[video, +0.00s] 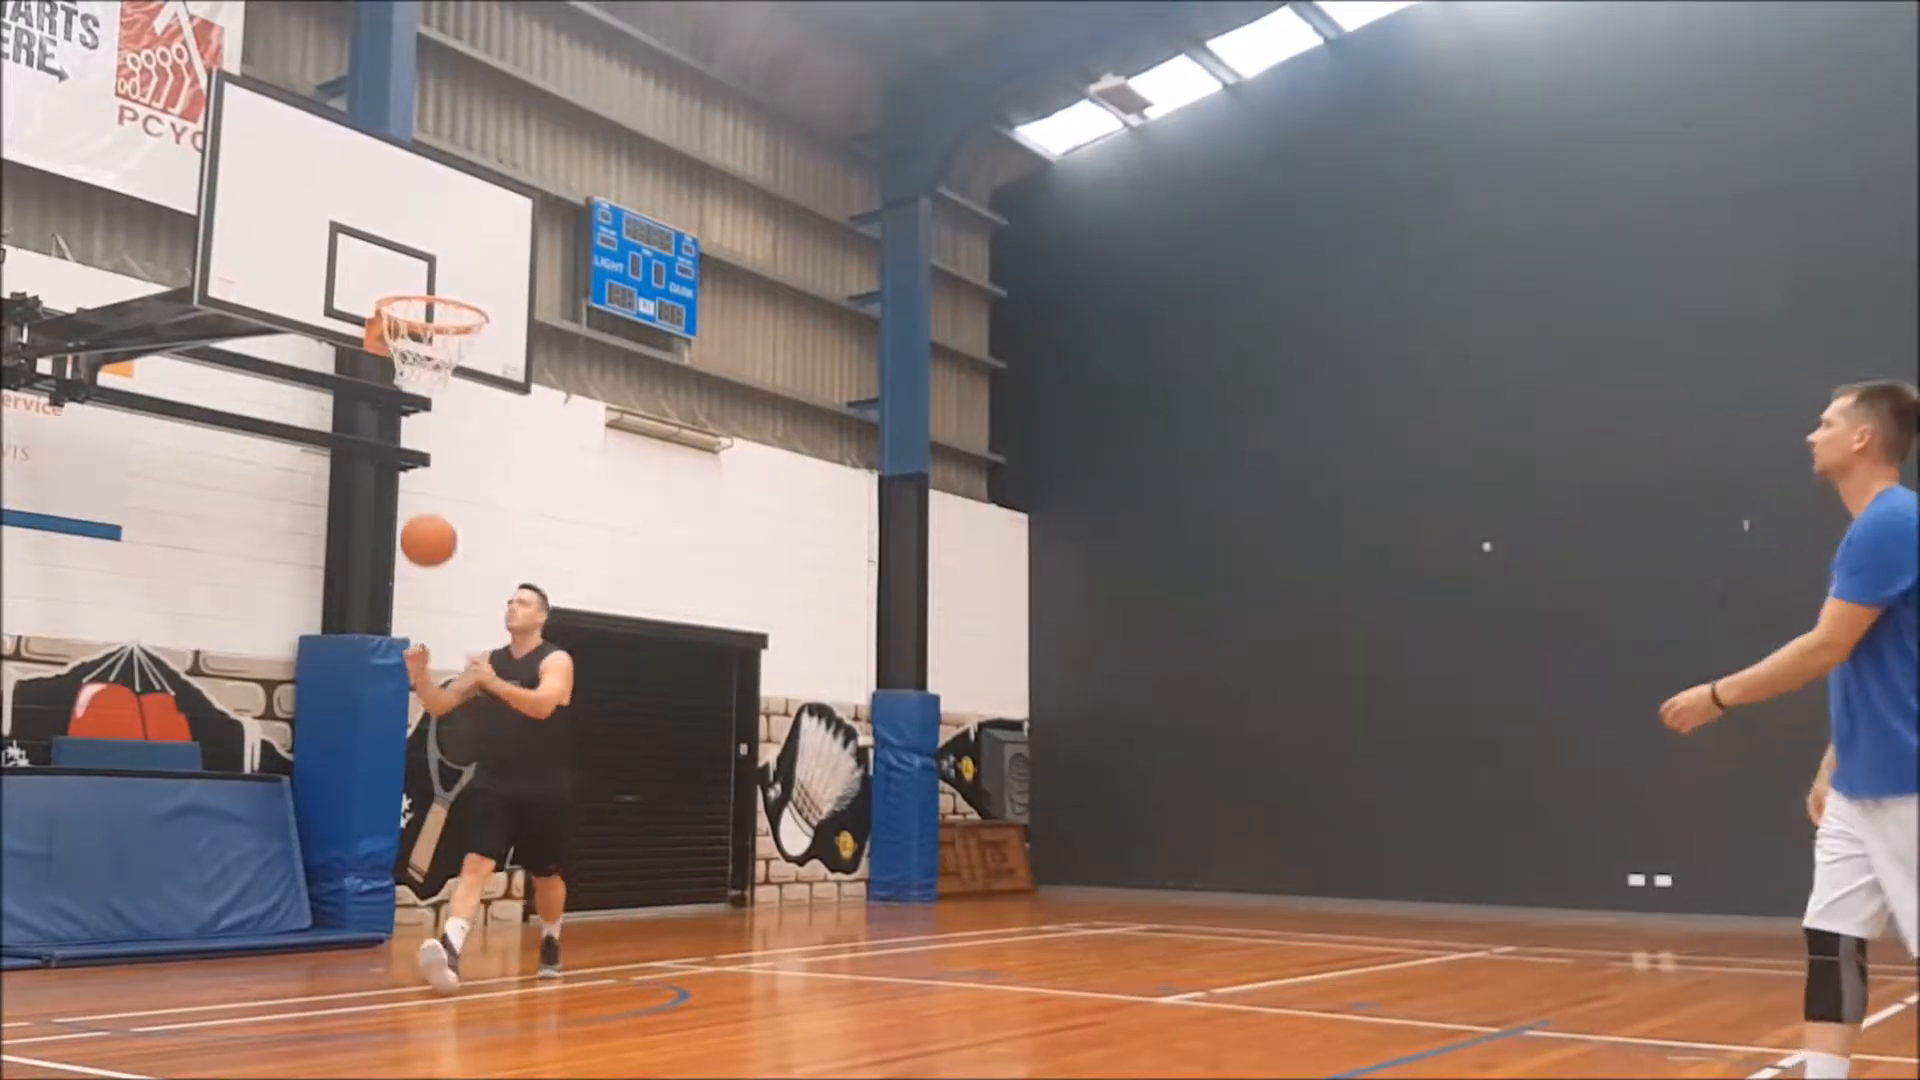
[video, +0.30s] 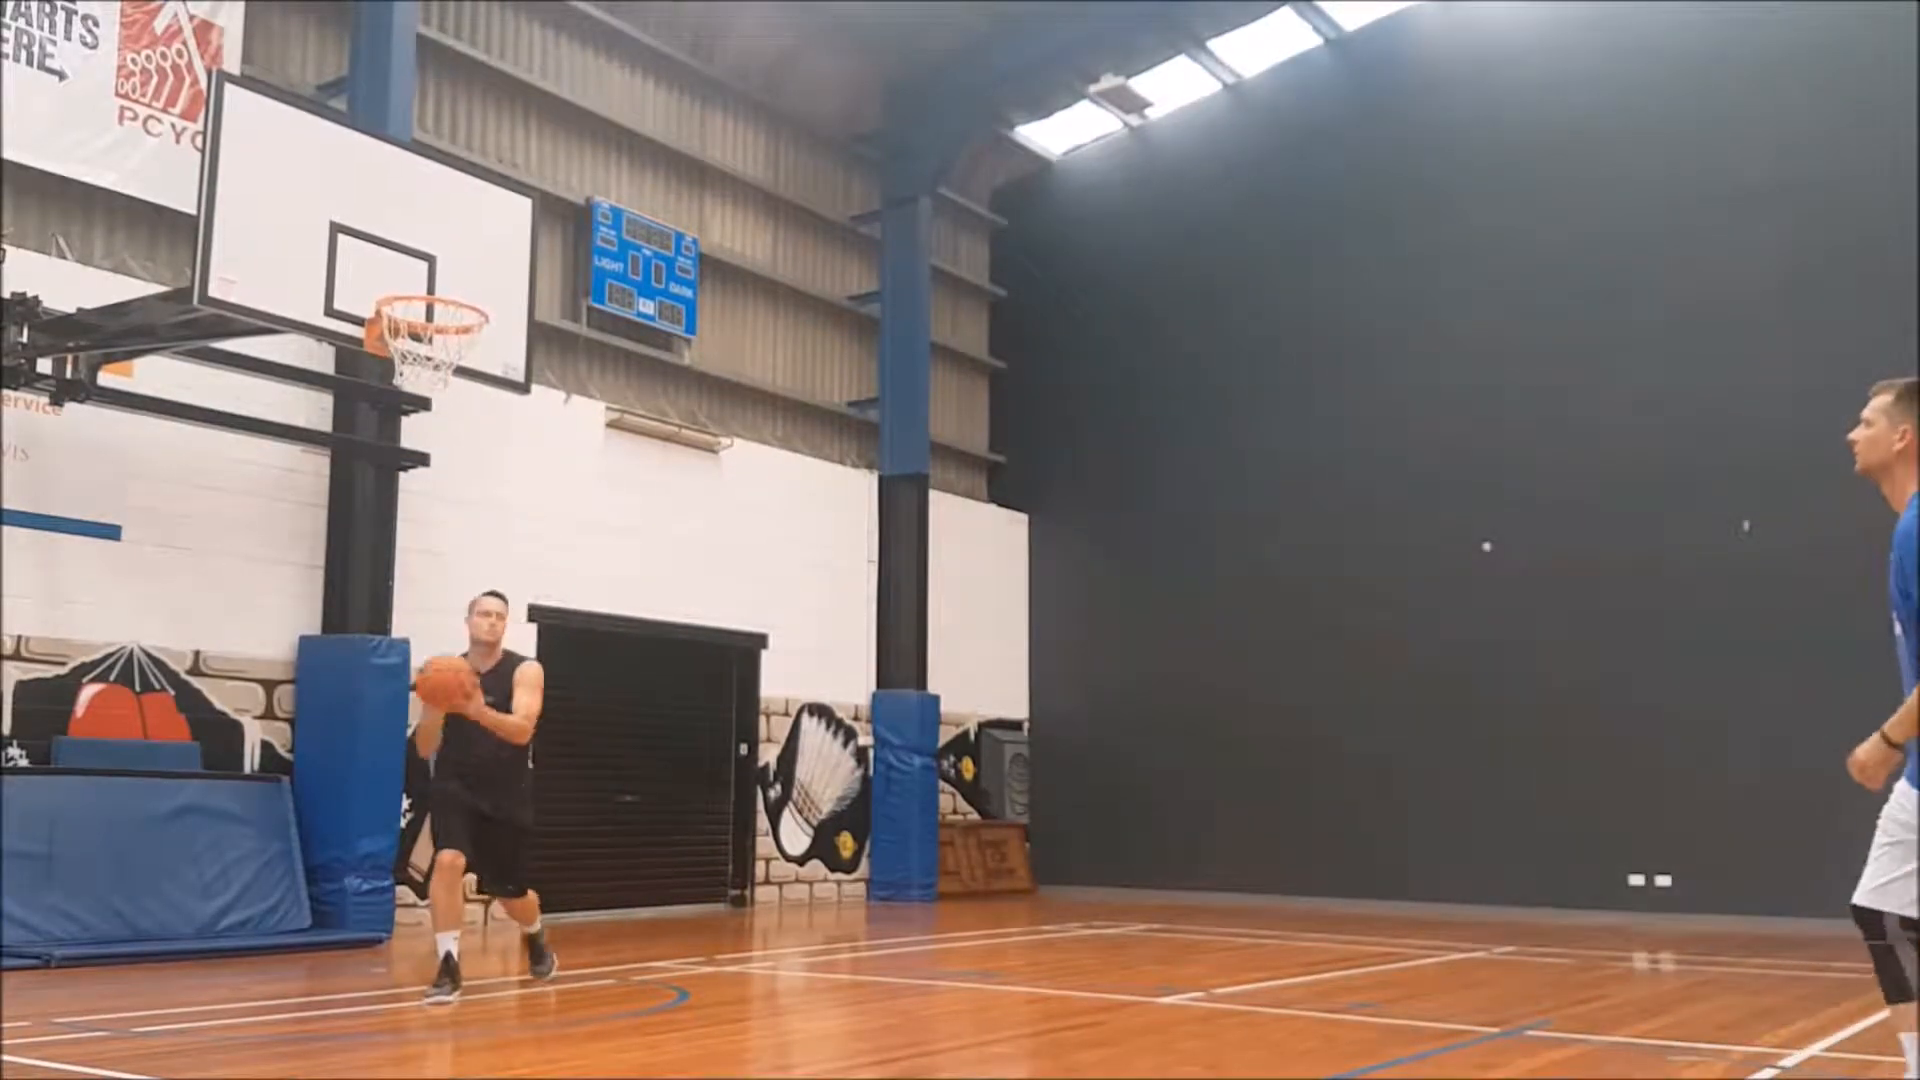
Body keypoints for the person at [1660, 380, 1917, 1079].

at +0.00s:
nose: (1812, 437)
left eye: (1825, 424)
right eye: (1818, 425)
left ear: (1864, 438)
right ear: (1866, 440)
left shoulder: (1891, 521)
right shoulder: (1873, 525)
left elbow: (1831, 645)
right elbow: (1877, 670)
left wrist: (1716, 694)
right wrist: (1834, 764)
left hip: (1905, 788)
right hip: (1857, 788)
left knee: (1919, 949)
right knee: (1833, 936)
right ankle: (1824, 1074)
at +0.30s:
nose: (1852, 434)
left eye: (1865, 423)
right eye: (1858, 422)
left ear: (1904, 436)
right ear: (1900, 437)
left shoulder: (1913, 534)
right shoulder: (1907, 532)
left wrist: (1890, 738)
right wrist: (1894, 740)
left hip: (1916, 774)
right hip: (1912, 772)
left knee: (1886, 907)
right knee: (1878, 906)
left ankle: (1916, 1051)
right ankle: (1914, 1051)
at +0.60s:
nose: (1845, 463)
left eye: (1858, 449)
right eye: (1850, 450)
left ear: (1895, 460)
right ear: (1894, 461)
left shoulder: (1902, 543)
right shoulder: (1902, 541)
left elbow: (1913, 660)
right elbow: (1911, 668)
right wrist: (1871, 731)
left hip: (1917, 791)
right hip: (1912, 788)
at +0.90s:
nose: (1780, 462)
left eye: (1791, 450)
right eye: (1784, 450)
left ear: (1825, 460)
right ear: (1838, 464)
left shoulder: (1824, 533)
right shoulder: (1879, 535)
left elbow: (1712, 605)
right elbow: (1755, 593)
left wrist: (1641, 552)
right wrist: (1685, 533)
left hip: (1871, 759)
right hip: (1904, 757)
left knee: (1771, 896)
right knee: (1913, 904)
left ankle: (1818, 1062)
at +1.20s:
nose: (1621, 509)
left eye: (1634, 501)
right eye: (1628, 498)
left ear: (1666, 518)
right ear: (1685, 523)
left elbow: (1644, 714)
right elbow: (1705, 683)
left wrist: (1581, 678)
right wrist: (1621, 649)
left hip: (1742, 792)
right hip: (1800, 790)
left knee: (1636, 918)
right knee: (1804, 951)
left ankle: (1631, 1069)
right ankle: (1915, 1014)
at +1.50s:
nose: (1542, 539)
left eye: (1554, 532)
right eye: (1550, 530)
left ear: (1583, 553)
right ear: (1582, 554)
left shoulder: (1608, 627)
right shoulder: (1594, 628)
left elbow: (1566, 741)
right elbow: (1553, 727)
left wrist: (1468, 755)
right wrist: (1466, 737)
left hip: (1650, 820)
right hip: (1621, 813)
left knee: (1542, 942)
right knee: (1521, 930)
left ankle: (1618, 1072)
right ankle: (1568, 1067)